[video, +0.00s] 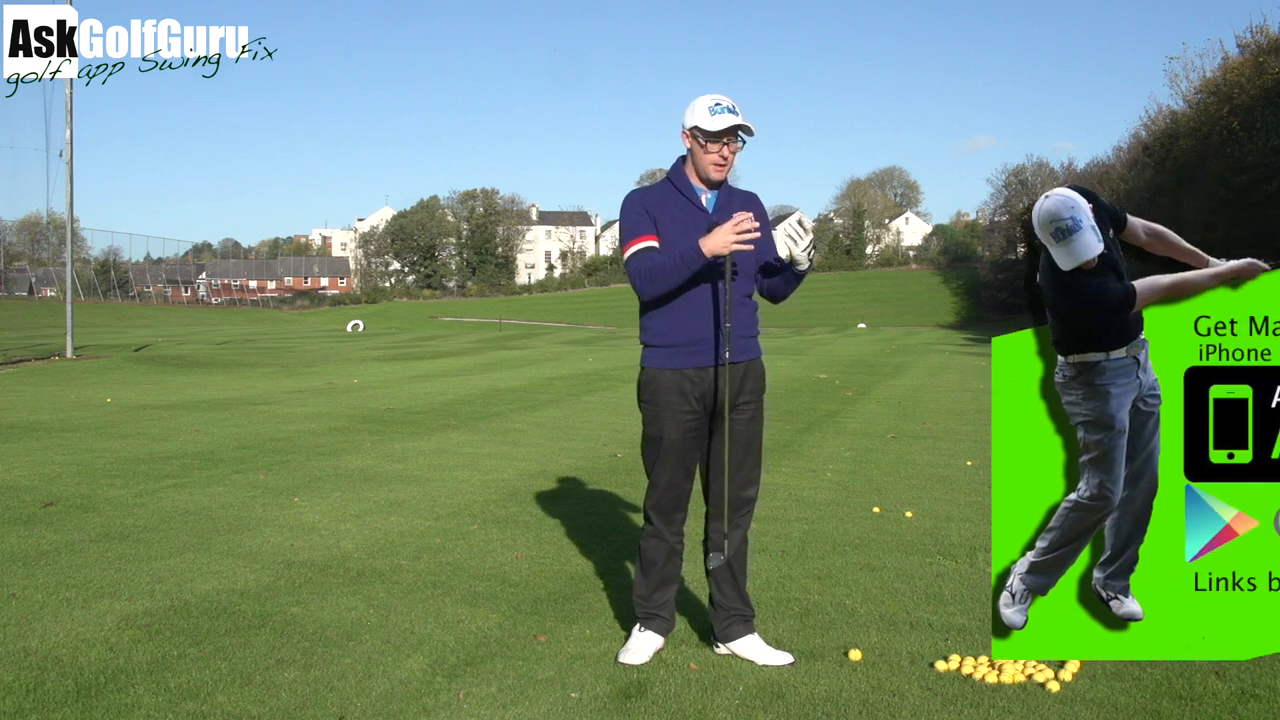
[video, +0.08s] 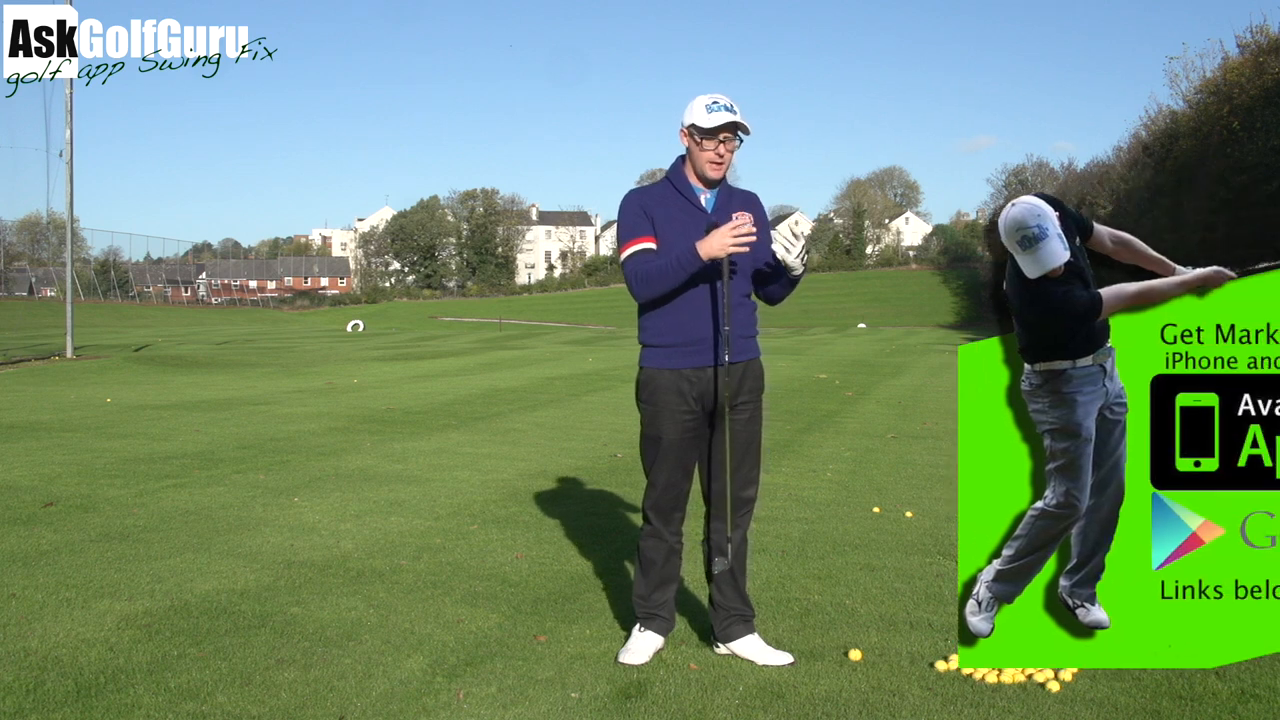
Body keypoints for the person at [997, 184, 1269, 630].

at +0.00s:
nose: (1087, 260)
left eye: (1089, 246)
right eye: (1074, 257)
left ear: (1089, 220)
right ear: (1049, 244)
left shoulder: (1087, 206)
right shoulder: (1070, 287)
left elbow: (1146, 234)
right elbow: (1164, 288)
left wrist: (1211, 262)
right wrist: (1231, 273)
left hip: (1136, 361)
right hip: (1093, 376)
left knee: (1139, 483)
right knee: (1100, 492)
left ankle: (1111, 580)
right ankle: (1026, 578)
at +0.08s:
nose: (1053, 268)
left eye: (1056, 254)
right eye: (1041, 265)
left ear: (1056, 229)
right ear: (1016, 253)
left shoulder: (1053, 214)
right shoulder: (1036, 295)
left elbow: (1113, 242)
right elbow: (1131, 296)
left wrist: (1178, 271)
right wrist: (1197, 281)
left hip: (1102, 371)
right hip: (1059, 384)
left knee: (1106, 491)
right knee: (1067, 499)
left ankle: (1077, 587)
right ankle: (993, 586)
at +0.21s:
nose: (1005, 281)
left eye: (1007, 267)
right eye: (993, 278)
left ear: (1007, 241)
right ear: (967, 265)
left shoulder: (1003, 226)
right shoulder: (988, 306)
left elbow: (1064, 253)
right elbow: (1080, 308)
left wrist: (1129, 283)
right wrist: (1147, 293)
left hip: (1053, 382)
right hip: (1010, 395)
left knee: (1057, 503)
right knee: (1018, 511)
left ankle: (1029, 599)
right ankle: (944, 598)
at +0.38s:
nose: (945, 296)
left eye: (947, 282)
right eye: (933, 293)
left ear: (945, 254)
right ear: (907, 279)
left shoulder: (940, 239)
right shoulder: (926, 320)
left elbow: (1003, 268)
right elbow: (1019, 323)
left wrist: (1068, 297)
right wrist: (1086, 308)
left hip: (993, 397)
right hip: (950, 410)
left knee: (996, 517)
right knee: (957, 525)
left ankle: (968, 614)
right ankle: (883, 612)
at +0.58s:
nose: (881, 310)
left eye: (883, 296)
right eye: (869, 308)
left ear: (882, 269)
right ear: (844, 293)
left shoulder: (878, 255)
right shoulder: (864, 334)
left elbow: (940, 283)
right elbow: (954, 339)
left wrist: (1004, 312)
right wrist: (1023, 322)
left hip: (930, 411)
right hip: (886, 425)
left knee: (933, 533)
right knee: (894, 541)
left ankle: (905, 628)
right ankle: (820, 627)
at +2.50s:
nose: (823, 324)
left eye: (825, 311)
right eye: (811, 322)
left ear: (824, 285)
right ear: (785, 311)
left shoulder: (818, 268)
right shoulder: (809, 353)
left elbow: (880, 296)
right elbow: (900, 352)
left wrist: (946, 327)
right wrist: (963, 337)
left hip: (871, 425)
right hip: (829, 439)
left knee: (874, 546)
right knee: (835, 555)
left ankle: (846, 642)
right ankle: (762, 641)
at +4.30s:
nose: (823, 323)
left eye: (825, 310)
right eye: (811, 321)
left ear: (823, 284)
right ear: (786, 308)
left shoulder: (819, 268)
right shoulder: (808, 351)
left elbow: (880, 296)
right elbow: (899, 352)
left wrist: (946, 327)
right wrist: (963, 337)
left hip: (871, 425)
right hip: (828, 439)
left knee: (874, 546)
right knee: (835, 555)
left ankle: (846, 642)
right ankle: (762, 641)